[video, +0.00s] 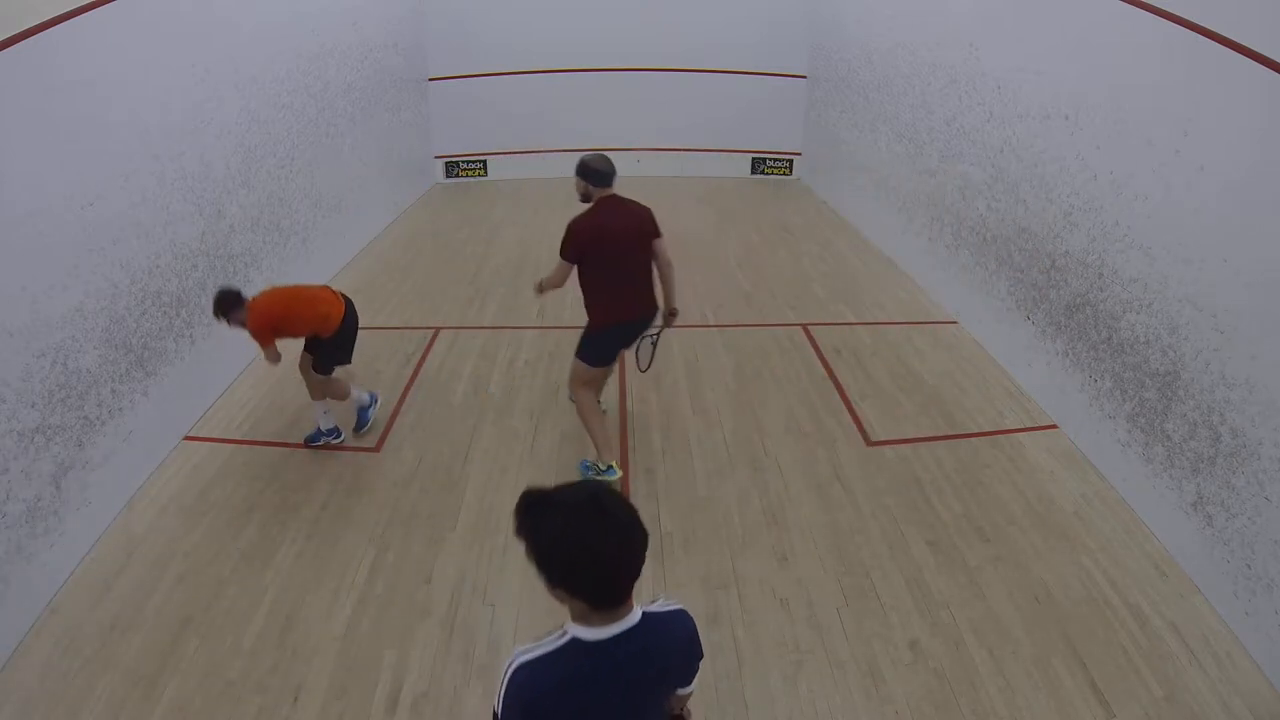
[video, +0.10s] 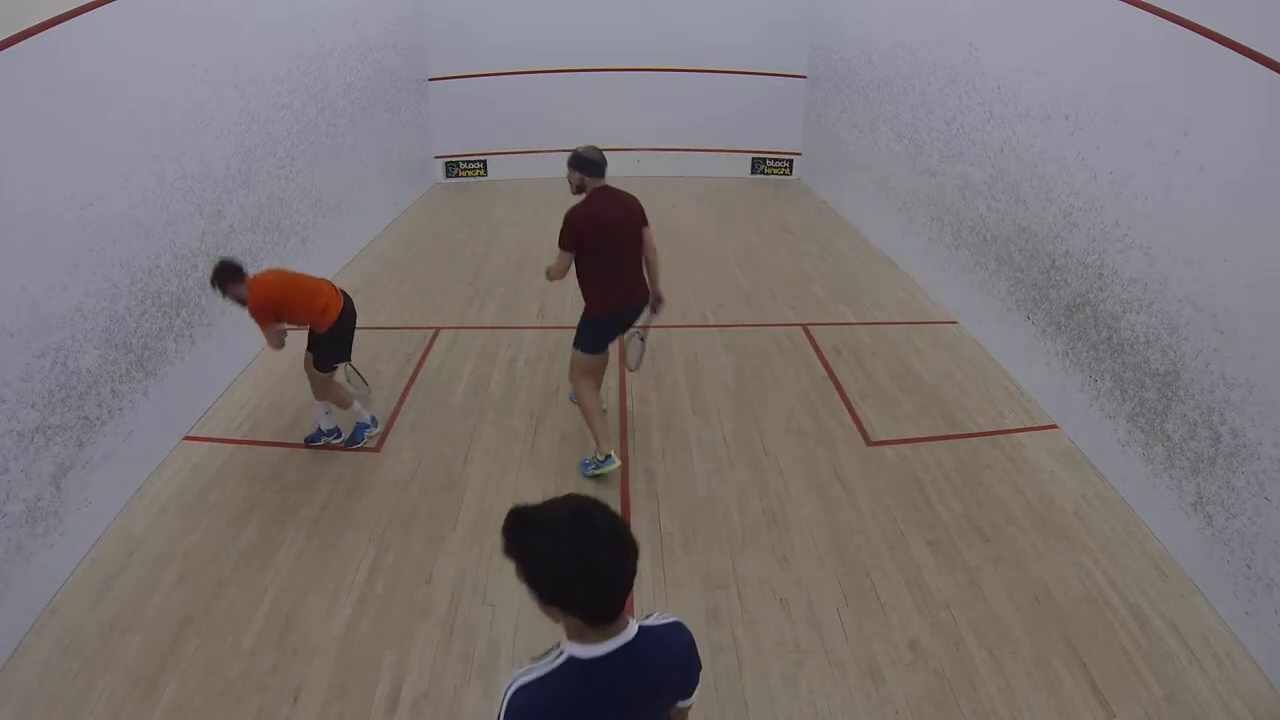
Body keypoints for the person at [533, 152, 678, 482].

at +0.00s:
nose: (575, 186)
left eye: (577, 181)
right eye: (576, 180)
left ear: (586, 184)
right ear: (611, 181)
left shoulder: (581, 226)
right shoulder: (641, 213)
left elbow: (559, 278)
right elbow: (664, 261)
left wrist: (543, 285)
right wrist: (670, 305)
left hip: (607, 322)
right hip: (643, 313)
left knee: (582, 389)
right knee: (607, 352)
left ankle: (607, 462)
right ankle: (590, 396)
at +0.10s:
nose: (567, 178)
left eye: (570, 173)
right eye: (568, 172)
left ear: (581, 175)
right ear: (600, 174)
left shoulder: (577, 216)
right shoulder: (630, 202)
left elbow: (560, 270)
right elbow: (650, 250)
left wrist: (551, 272)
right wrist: (655, 288)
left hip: (602, 309)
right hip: (636, 300)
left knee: (583, 379)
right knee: (595, 343)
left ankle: (605, 453)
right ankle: (590, 393)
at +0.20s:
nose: (564, 165)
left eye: (566, 160)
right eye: (565, 159)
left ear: (578, 163)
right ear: (597, 161)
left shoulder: (577, 203)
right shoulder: (622, 189)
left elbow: (566, 258)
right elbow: (640, 236)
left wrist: (559, 271)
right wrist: (636, 266)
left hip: (602, 295)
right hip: (632, 286)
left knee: (593, 366)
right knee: (598, 337)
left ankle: (612, 441)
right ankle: (595, 395)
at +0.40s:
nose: (573, 154)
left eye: (578, 149)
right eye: (574, 148)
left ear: (593, 152)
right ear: (600, 151)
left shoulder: (595, 189)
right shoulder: (615, 176)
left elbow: (591, 248)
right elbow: (613, 231)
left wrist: (573, 277)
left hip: (608, 276)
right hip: (626, 266)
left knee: (599, 350)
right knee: (602, 334)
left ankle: (653, 397)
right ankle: (593, 396)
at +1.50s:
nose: (627, 183)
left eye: (633, 178)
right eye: (622, 178)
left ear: (644, 168)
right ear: (616, 169)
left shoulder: (667, 184)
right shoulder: (608, 192)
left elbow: (686, 220)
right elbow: (600, 236)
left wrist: (689, 261)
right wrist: (593, 281)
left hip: (666, 267)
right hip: (632, 268)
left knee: (664, 323)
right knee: (636, 322)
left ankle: (668, 385)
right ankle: (636, 373)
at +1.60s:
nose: (624, 188)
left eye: (629, 183)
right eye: (619, 183)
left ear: (640, 172)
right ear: (612, 175)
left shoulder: (663, 181)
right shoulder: (607, 197)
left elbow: (688, 210)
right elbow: (602, 241)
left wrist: (691, 248)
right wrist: (596, 287)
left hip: (666, 267)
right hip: (633, 269)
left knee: (665, 325)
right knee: (637, 323)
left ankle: (669, 385)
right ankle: (636, 373)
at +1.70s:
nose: (620, 192)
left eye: (624, 187)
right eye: (615, 188)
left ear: (636, 176)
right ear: (609, 179)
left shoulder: (662, 180)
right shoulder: (606, 202)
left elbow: (689, 202)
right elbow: (604, 247)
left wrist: (699, 240)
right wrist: (600, 293)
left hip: (667, 265)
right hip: (634, 269)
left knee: (669, 324)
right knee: (636, 323)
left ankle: (674, 385)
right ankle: (636, 373)